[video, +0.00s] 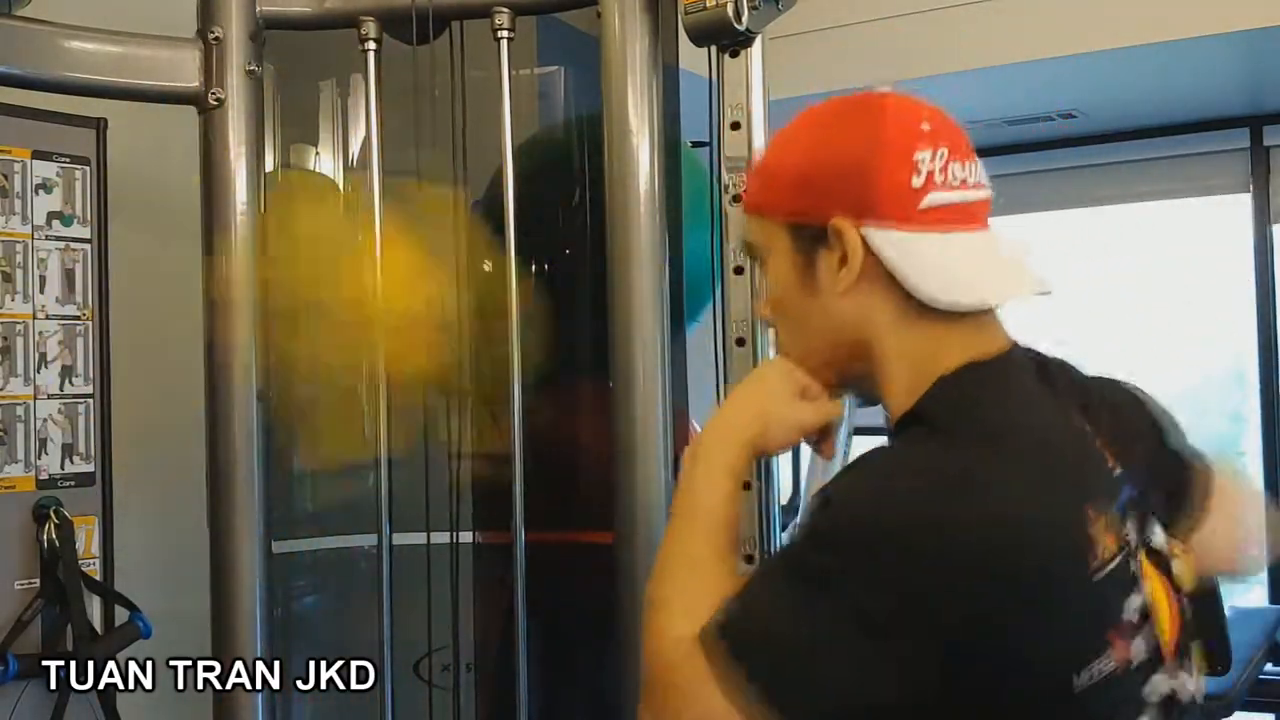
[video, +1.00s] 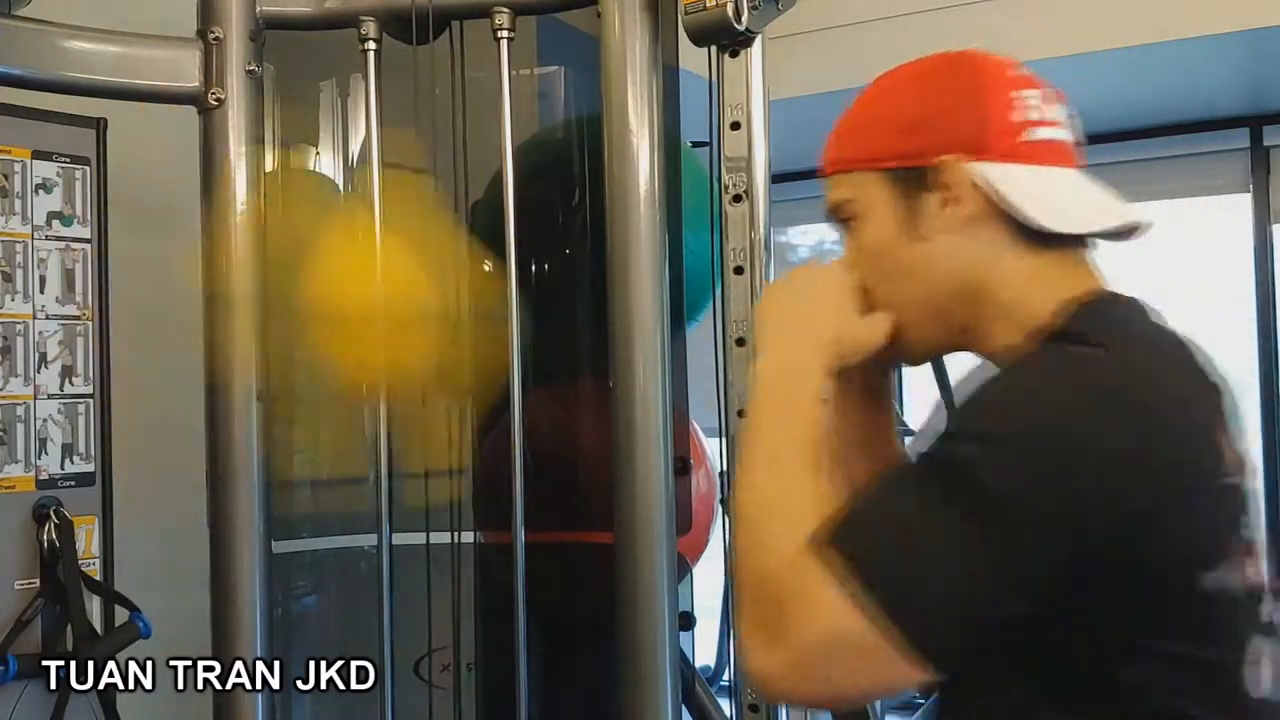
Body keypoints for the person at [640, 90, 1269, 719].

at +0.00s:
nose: (761, 306)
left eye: (763, 264)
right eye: (753, 268)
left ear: (844, 255)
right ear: (950, 241)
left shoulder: (902, 506)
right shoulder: (1113, 413)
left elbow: (679, 701)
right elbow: (1244, 536)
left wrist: (721, 445)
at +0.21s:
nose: (769, 251)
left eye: (793, 194)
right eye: (767, 204)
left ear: (928, 186)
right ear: (921, 190)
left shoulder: (1168, 403)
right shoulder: (831, 384)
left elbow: (1100, 678)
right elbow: (699, 420)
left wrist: (886, 421)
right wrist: (560, 334)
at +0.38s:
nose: (834, 251)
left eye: (865, 201)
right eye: (829, 210)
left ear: (1010, 184)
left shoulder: (1235, 391)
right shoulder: (847, 405)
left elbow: (1223, 680)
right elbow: (635, 513)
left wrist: (1007, 395)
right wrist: (414, 358)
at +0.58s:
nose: (913, 277)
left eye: (936, 216)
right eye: (906, 230)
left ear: (1086, 193)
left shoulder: (1263, 396)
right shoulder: (973, 427)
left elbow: (1214, 702)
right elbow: (806, 622)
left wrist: (1037, 436)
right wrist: (695, 523)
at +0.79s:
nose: (904, 273)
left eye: (909, 216)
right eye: (897, 226)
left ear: (1038, 188)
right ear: (1039, 190)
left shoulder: (1250, 405)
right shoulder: (1023, 426)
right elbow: (883, 599)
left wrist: (872, 368)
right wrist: (813, 414)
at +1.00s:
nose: (846, 266)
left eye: (850, 220)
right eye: (842, 227)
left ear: (953, 197)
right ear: (955, 199)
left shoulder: (1083, 400)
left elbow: (797, 647)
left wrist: (790, 354)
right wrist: (858, 381)